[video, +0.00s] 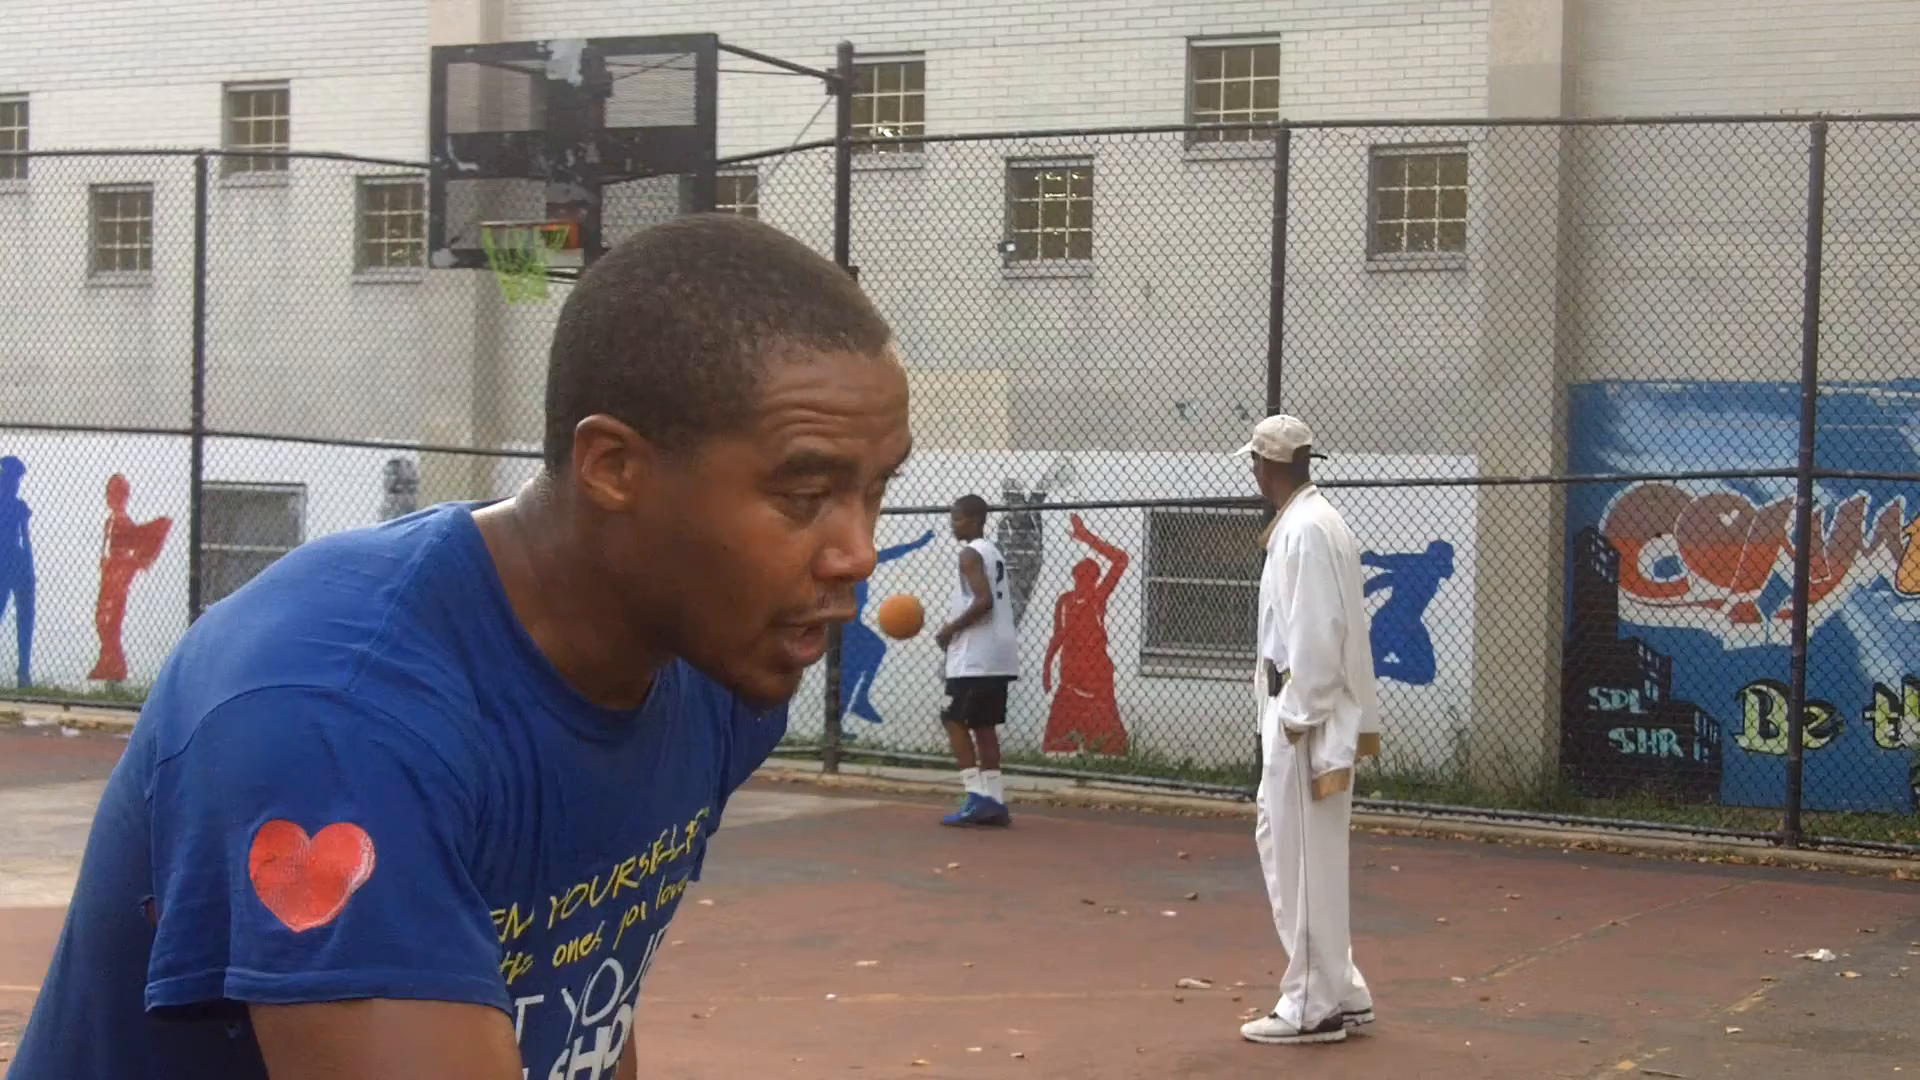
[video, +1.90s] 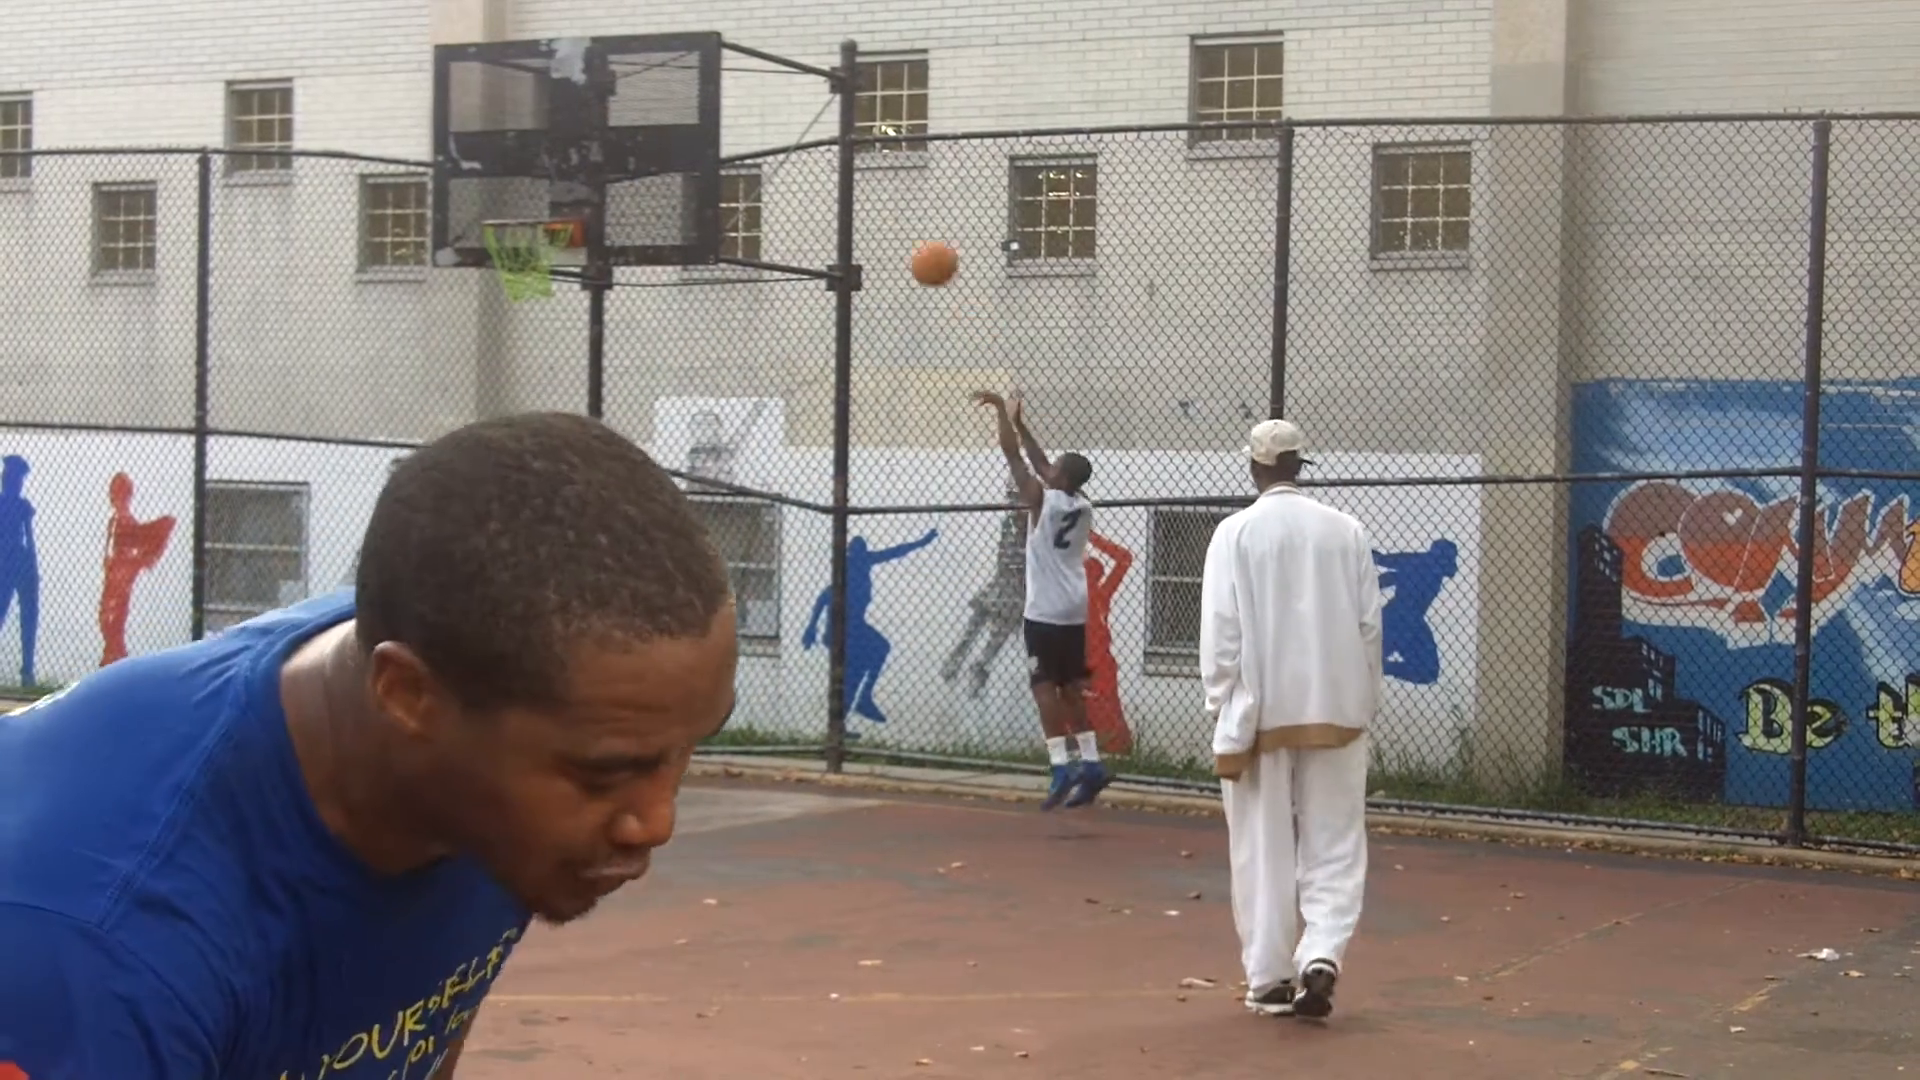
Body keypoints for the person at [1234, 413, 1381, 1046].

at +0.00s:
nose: (1251, 473)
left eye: (1256, 464)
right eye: (1253, 463)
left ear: (1273, 468)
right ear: (1298, 465)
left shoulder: (1307, 530)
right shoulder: (1309, 522)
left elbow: (1319, 638)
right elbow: (1335, 634)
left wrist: (1296, 714)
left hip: (1306, 721)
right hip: (1299, 717)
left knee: (1305, 857)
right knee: (1283, 846)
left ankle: (1316, 1003)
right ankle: (1335, 988)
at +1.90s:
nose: (1255, 475)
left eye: (1252, 467)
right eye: (1269, 465)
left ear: (1254, 470)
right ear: (1300, 467)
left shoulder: (1233, 533)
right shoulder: (1345, 528)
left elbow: (1221, 636)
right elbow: (1370, 625)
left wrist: (1225, 716)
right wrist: (1365, 705)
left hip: (1260, 710)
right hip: (1337, 708)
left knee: (1260, 845)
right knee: (1336, 842)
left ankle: (1269, 977)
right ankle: (1322, 955)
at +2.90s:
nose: (1352, 470)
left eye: (1340, 461)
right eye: (1369, 466)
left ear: (1332, 464)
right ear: (1378, 470)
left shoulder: (1285, 517)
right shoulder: (1392, 538)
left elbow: (1247, 613)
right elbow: (1397, 638)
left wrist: (1237, 693)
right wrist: (1389, 708)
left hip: (1274, 692)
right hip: (1348, 701)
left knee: (1257, 815)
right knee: (1336, 835)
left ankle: (1264, 934)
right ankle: (1319, 974)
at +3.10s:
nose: (1367, 471)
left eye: (1353, 461)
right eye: (1381, 466)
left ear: (1342, 463)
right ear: (1389, 470)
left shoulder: (1295, 518)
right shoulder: (1398, 538)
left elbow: (1256, 612)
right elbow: (1397, 637)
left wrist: (1252, 690)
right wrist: (1394, 706)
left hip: (1282, 695)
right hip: (1352, 703)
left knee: (1274, 826)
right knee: (1340, 835)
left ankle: (1274, 950)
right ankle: (1322, 971)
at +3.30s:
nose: (1383, 473)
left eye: (1368, 463)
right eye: (1392, 467)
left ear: (1351, 465)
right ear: (1396, 471)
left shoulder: (1305, 517)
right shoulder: (1402, 537)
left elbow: (1265, 613)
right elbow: (1402, 635)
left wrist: (1267, 686)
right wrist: (1403, 703)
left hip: (1294, 693)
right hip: (1361, 700)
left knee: (1296, 822)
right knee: (1344, 829)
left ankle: (1303, 940)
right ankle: (1323, 967)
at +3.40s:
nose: (1388, 474)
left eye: (1371, 463)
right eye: (1396, 468)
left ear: (1354, 466)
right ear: (1400, 472)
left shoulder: (1307, 519)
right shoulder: (1404, 538)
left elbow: (1269, 617)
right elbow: (1403, 634)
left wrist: (1274, 688)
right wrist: (1407, 702)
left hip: (1298, 696)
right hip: (1364, 703)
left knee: (1308, 826)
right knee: (1345, 832)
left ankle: (1326, 940)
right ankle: (1321, 967)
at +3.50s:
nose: (1394, 478)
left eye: (1376, 466)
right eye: (1400, 472)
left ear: (1357, 469)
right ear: (1402, 475)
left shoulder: (1313, 522)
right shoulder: (1408, 538)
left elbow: (1277, 620)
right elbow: (1407, 635)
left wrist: (1286, 691)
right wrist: (1412, 704)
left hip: (1306, 698)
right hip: (1371, 704)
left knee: (1323, 827)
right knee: (1353, 832)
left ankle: (1358, 942)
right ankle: (1323, 965)